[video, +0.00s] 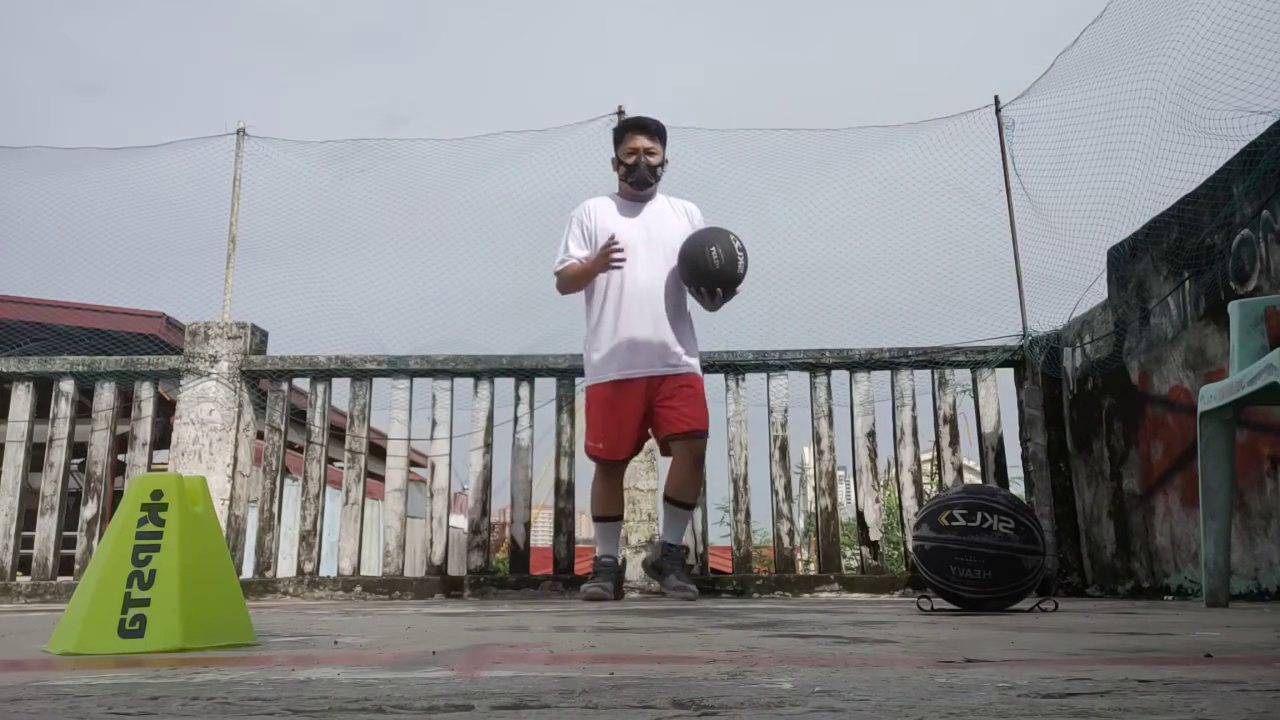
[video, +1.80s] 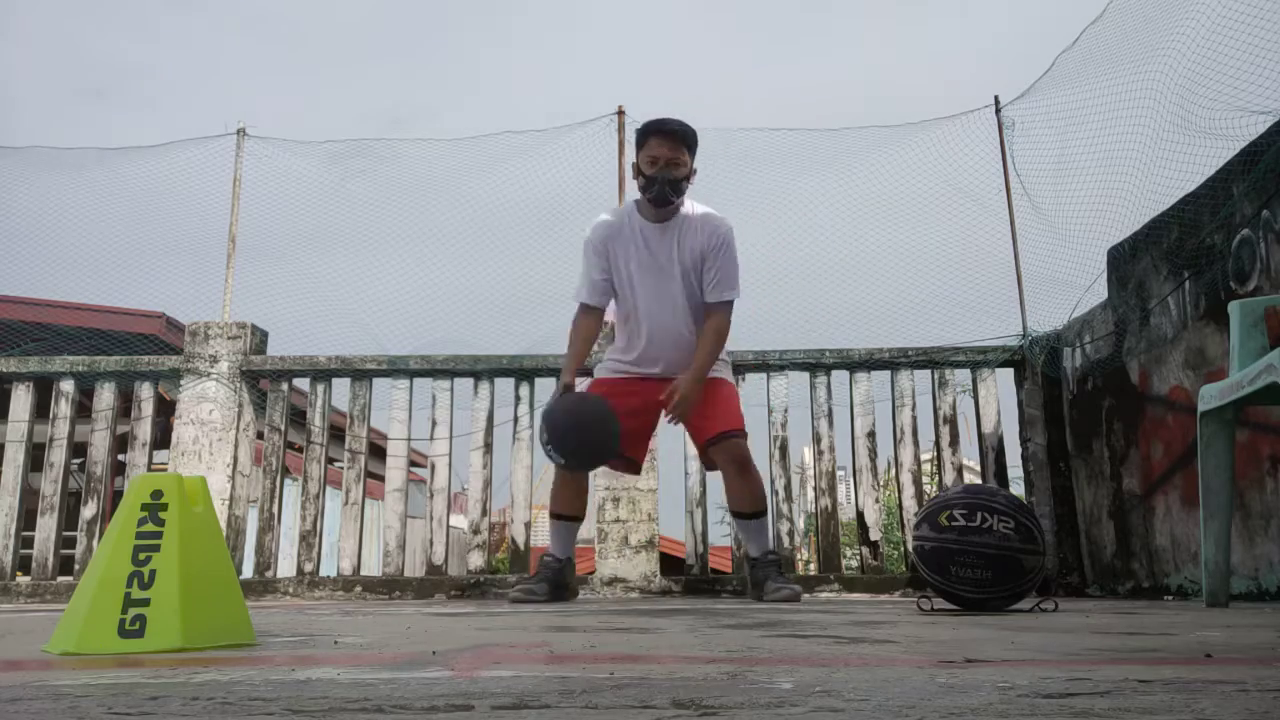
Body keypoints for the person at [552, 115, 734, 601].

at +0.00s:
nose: (641, 161)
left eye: (650, 154)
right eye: (631, 154)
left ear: (663, 160)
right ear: (616, 162)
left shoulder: (686, 214)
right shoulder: (592, 213)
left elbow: (706, 294)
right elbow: (563, 282)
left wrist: (718, 287)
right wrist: (593, 264)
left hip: (675, 359)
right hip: (612, 361)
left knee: (692, 444)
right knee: (610, 464)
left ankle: (669, 555)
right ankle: (606, 566)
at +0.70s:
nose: (712, 143)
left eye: (721, 135)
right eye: (702, 136)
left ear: (736, 143)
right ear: (686, 142)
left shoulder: (756, 203)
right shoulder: (658, 194)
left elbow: (773, 282)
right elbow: (633, 262)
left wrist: (777, 292)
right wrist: (617, 325)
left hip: (735, 351)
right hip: (671, 349)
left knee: (732, 452)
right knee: (665, 445)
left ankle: (735, 568)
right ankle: (652, 562)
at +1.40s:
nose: (700, 146)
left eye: (710, 138)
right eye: (690, 138)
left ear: (725, 143)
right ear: (674, 141)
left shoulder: (746, 202)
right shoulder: (643, 196)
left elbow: (781, 256)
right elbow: (623, 270)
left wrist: (814, 264)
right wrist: (674, 275)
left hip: (723, 353)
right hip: (651, 357)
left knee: (750, 437)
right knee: (633, 451)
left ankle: (769, 564)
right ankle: (634, 566)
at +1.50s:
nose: (705, 154)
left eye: (715, 146)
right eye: (695, 145)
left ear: (731, 152)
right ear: (678, 149)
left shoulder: (751, 213)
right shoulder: (649, 204)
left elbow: (775, 287)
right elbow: (641, 284)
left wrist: (797, 308)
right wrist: (697, 309)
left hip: (725, 358)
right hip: (651, 356)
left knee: (750, 442)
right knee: (612, 431)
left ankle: (766, 566)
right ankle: (619, 557)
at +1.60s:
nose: (702, 162)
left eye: (712, 154)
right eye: (692, 153)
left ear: (728, 161)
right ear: (675, 157)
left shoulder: (747, 221)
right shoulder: (647, 212)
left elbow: (751, 300)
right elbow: (651, 293)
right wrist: (686, 352)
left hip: (722, 358)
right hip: (651, 353)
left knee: (749, 450)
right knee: (597, 432)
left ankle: (766, 566)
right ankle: (585, 555)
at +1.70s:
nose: (688, 166)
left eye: (699, 158)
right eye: (678, 157)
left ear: (715, 166)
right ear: (661, 162)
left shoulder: (732, 226)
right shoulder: (632, 220)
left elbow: (729, 311)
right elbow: (630, 305)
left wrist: (708, 376)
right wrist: (639, 378)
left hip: (711, 369)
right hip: (641, 371)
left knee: (747, 451)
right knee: (586, 454)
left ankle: (766, 567)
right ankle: (556, 567)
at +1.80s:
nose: (661, 174)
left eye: (673, 164)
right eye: (651, 164)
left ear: (691, 171)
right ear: (637, 169)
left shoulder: (712, 230)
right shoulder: (608, 232)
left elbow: (719, 315)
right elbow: (590, 310)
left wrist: (695, 376)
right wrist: (569, 379)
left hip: (700, 371)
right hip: (625, 372)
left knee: (735, 452)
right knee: (574, 443)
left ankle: (765, 568)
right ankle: (557, 568)